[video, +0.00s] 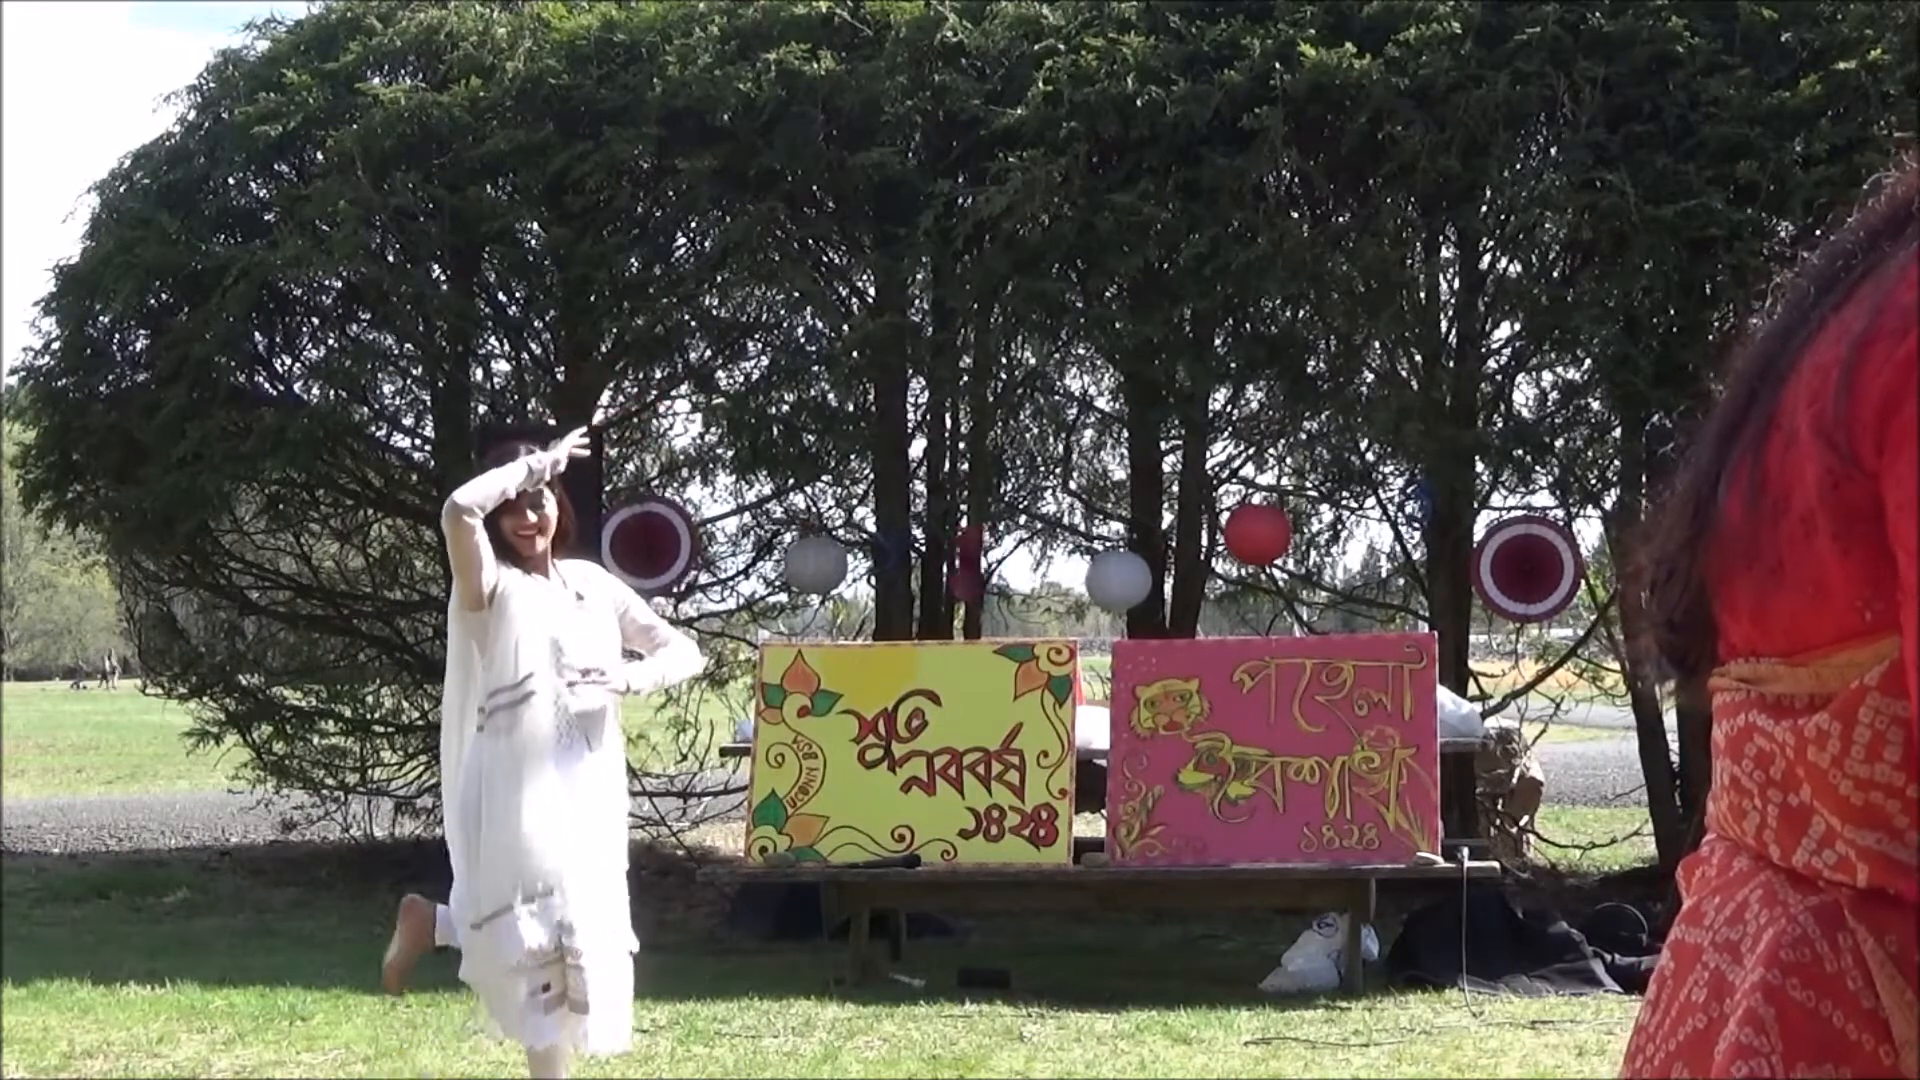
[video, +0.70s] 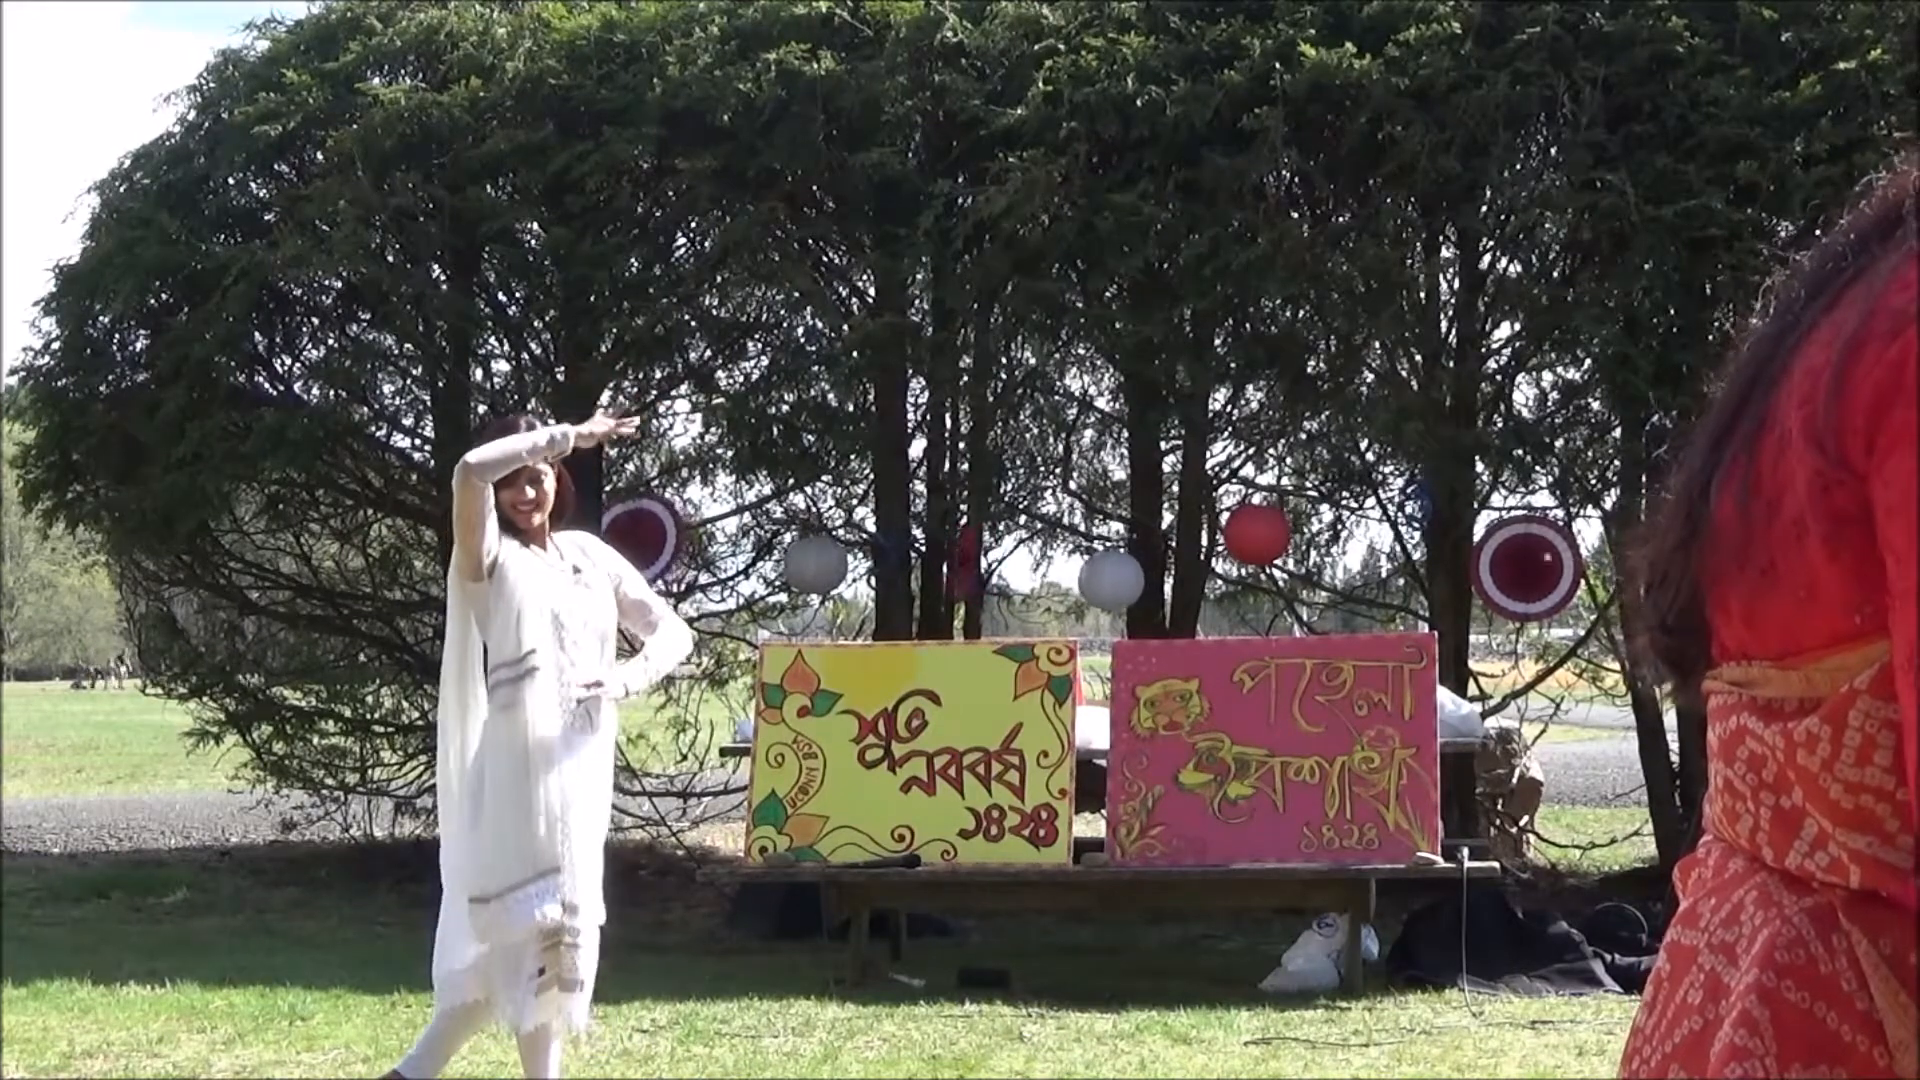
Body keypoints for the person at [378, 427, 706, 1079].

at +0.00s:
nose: (529, 516)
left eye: (540, 500)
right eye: (513, 505)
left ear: (558, 506)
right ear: (493, 518)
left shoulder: (589, 581)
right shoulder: (485, 587)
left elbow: (684, 653)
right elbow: (459, 509)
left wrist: (629, 674)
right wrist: (538, 463)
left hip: (587, 778)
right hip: (511, 777)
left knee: (583, 934)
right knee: (535, 937)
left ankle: (431, 924)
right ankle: (425, 923)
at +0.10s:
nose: (524, 515)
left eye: (536, 499)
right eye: (509, 504)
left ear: (556, 503)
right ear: (490, 516)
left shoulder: (589, 580)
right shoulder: (482, 586)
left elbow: (680, 653)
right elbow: (459, 504)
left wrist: (627, 683)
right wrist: (542, 459)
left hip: (587, 779)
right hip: (510, 780)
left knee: (584, 941)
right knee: (541, 941)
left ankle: (422, 974)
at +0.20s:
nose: (522, 513)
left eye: (533, 497)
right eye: (508, 503)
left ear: (553, 500)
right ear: (489, 516)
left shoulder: (588, 576)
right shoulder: (481, 582)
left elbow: (677, 654)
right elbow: (458, 503)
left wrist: (625, 686)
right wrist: (541, 458)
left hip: (581, 791)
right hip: (508, 790)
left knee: (563, 966)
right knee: (540, 965)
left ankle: (425, 1072)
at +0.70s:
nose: (526, 493)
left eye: (538, 477)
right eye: (512, 480)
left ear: (559, 481)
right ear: (490, 491)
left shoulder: (589, 553)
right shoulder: (485, 558)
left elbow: (674, 632)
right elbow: (471, 470)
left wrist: (628, 673)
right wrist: (576, 433)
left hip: (580, 775)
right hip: (510, 774)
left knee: (513, 952)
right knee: (541, 944)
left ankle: (411, 1071)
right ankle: (544, 1073)